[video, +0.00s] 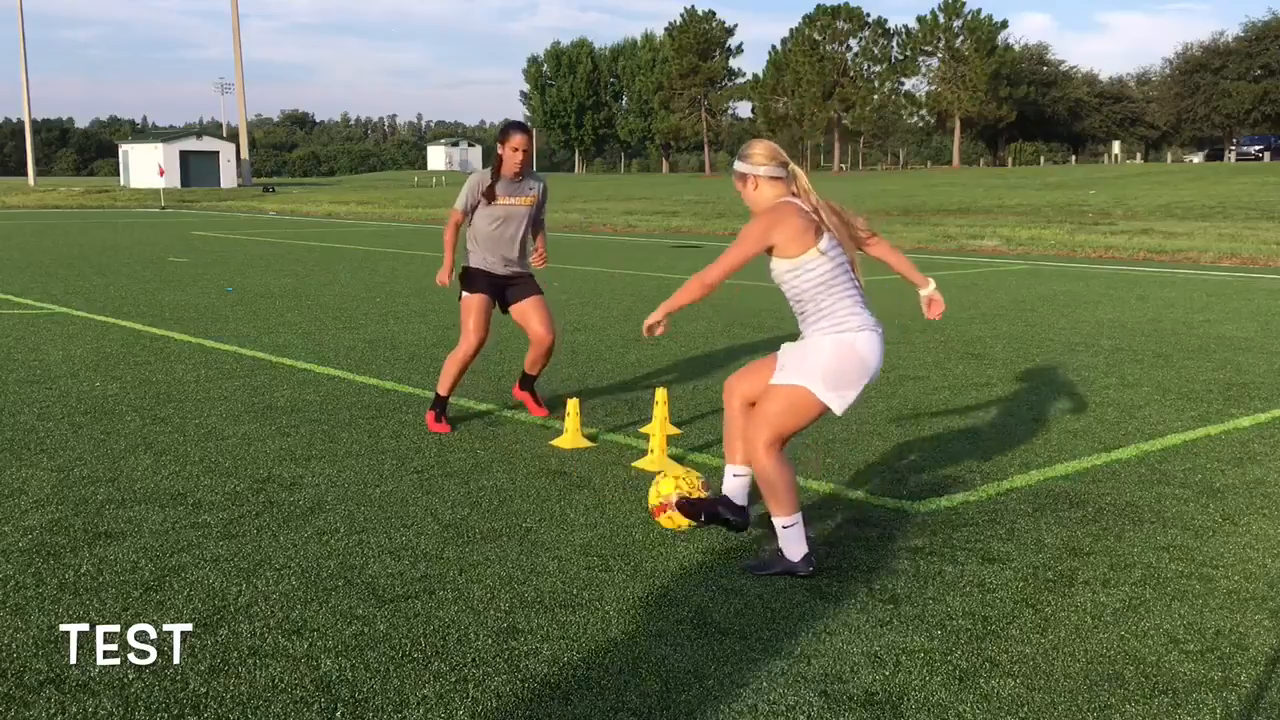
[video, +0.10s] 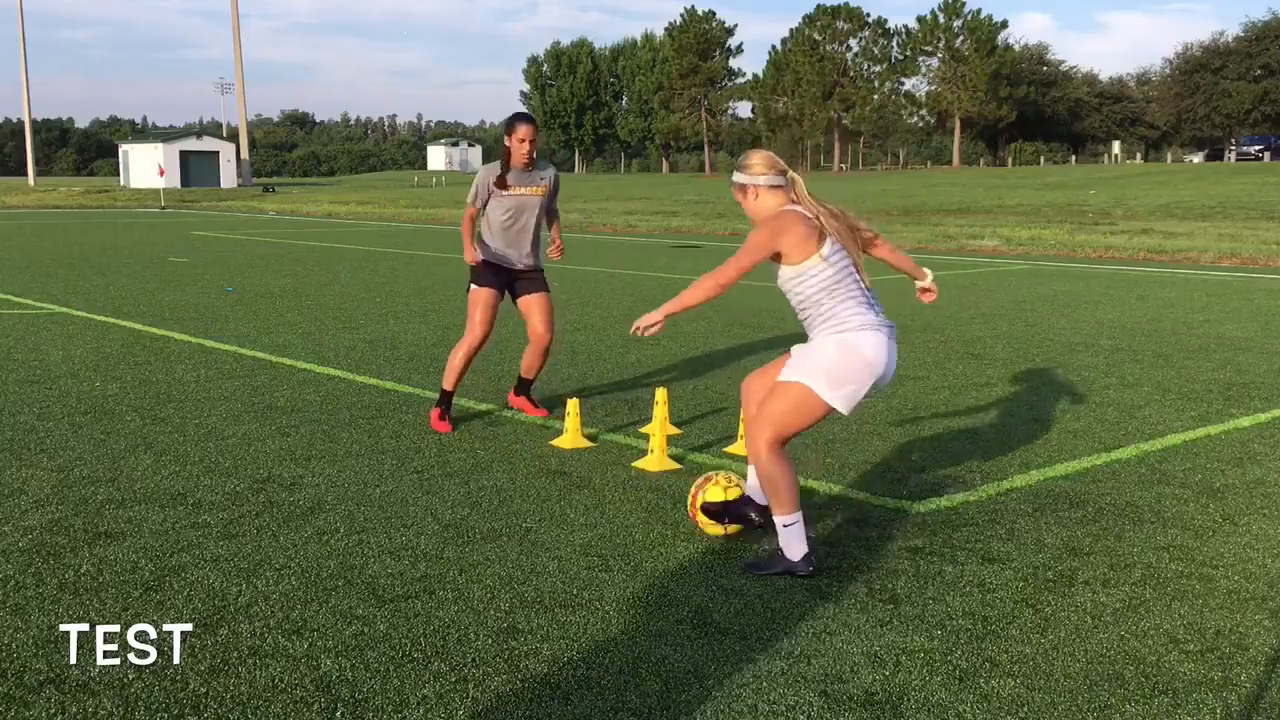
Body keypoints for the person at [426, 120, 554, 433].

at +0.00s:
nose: (521, 157)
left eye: (526, 150)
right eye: (516, 149)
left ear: (531, 152)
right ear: (501, 149)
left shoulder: (536, 186)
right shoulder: (480, 181)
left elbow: (537, 223)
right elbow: (454, 222)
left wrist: (540, 247)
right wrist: (448, 263)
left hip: (518, 273)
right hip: (480, 271)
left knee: (545, 337)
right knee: (472, 339)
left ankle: (525, 387)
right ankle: (437, 408)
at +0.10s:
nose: (529, 147)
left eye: (533, 141)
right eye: (522, 141)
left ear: (537, 141)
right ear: (508, 141)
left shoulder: (548, 175)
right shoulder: (489, 174)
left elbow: (551, 213)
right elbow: (470, 214)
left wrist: (556, 236)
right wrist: (468, 246)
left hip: (528, 268)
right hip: (491, 263)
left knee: (543, 335)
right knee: (477, 333)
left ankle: (520, 393)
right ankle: (442, 406)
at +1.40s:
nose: (602, 157)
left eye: (604, 151)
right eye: (598, 151)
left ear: (592, 150)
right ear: (581, 148)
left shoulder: (593, 174)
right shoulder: (564, 177)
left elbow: (602, 196)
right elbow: (534, 213)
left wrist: (630, 206)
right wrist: (529, 253)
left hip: (582, 252)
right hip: (561, 254)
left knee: (594, 315)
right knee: (610, 301)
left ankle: (591, 369)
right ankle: (574, 350)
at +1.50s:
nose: (602, 165)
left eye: (604, 159)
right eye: (597, 159)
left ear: (604, 158)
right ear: (580, 156)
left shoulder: (601, 180)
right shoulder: (560, 181)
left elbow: (621, 201)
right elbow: (530, 212)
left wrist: (651, 218)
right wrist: (520, 254)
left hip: (573, 253)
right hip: (551, 254)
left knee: (591, 314)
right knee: (607, 290)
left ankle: (590, 371)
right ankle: (602, 354)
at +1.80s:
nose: (572, 178)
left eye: (575, 172)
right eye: (566, 172)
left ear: (578, 170)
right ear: (551, 168)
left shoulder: (583, 191)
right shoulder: (534, 193)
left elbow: (604, 215)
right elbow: (504, 226)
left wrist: (616, 218)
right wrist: (495, 262)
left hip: (561, 269)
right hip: (528, 267)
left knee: (584, 321)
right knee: (535, 318)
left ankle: (589, 374)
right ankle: (509, 379)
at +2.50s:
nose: (527, 149)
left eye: (532, 142)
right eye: (521, 141)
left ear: (539, 141)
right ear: (508, 136)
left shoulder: (547, 170)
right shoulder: (487, 168)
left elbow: (566, 202)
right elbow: (454, 202)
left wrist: (576, 201)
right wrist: (442, 226)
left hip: (528, 259)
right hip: (487, 252)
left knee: (522, 330)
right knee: (481, 314)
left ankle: (512, 408)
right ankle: (452, 374)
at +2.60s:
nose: (528, 166)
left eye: (534, 159)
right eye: (522, 158)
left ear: (539, 159)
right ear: (509, 154)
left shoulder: (548, 189)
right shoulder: (485, 185)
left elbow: (569, 222)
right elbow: (453, 225)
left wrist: (585, 238)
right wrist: (427, 264)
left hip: (524, 271)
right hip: (482, 266)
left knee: (527, 338)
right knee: (477, 327)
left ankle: (510, 411)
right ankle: (475, 407)